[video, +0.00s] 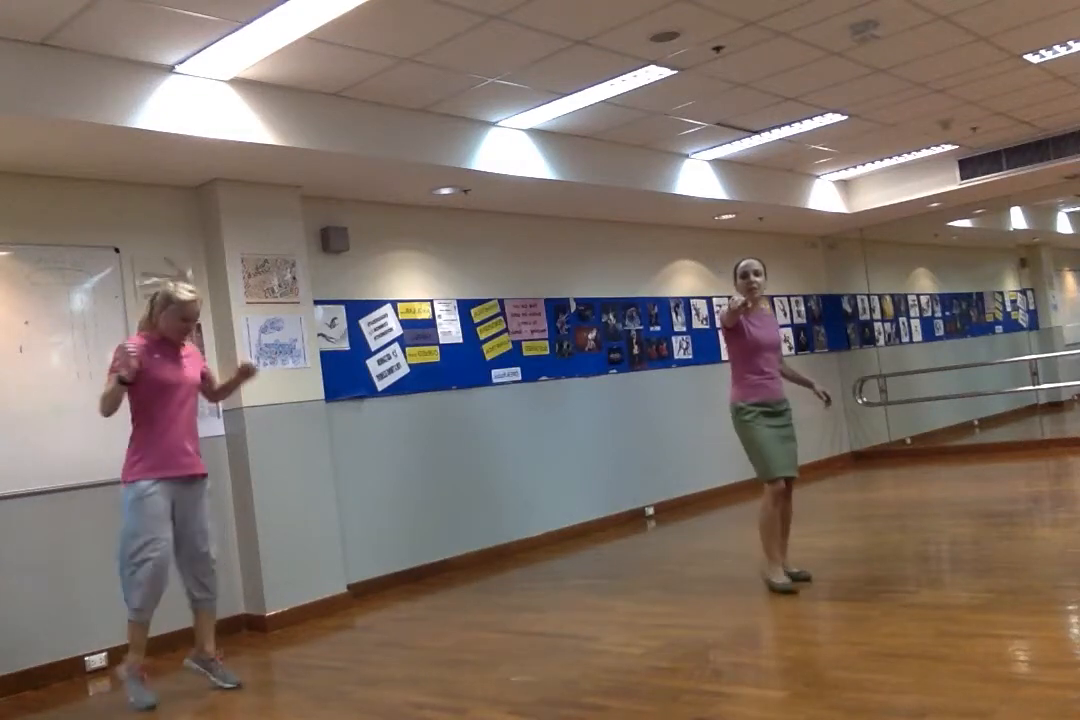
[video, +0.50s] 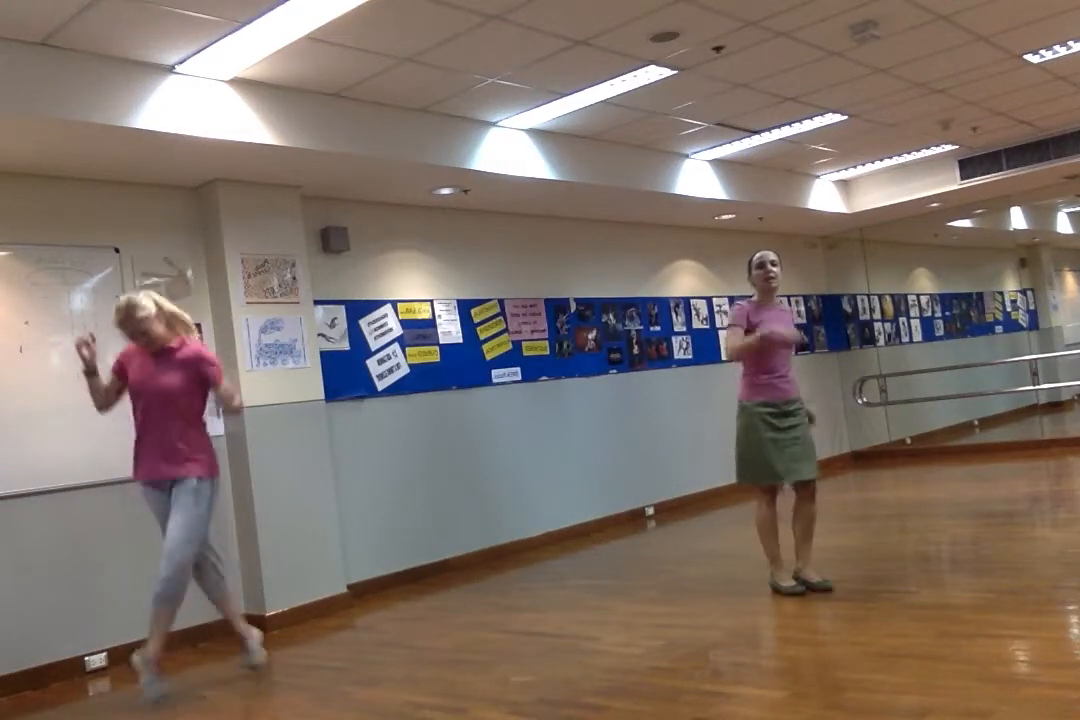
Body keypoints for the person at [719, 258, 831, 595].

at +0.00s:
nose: (751, 280)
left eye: (756, 274)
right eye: (744, 276)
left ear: (765, 280)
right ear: (736, 283)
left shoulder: (770, 315)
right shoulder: (732, 314)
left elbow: (779, 365)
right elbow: (727, 317)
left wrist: (812, 384)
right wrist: (738, 305)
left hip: (779, 405)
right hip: (749, 408)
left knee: (786, 485)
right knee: (775, 485)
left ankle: (783, 563)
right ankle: (772, 569)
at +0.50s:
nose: (768, 270)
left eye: (773, 264)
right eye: (760, 266)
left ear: (781, 273)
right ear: (751, 277)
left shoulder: (789, 315)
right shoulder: (743, 311)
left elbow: (787, 369)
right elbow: (731, 350)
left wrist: (802, 406)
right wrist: (761, 341)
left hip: (790, 406)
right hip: (757, 409)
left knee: (807, 485)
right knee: (767, 491)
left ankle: (803, 567)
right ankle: (776, 571)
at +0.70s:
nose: (777, 272)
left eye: (781, 266)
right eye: (769, 267)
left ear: (788, 273)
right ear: (758, 277)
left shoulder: (795, 313)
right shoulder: (746, 313)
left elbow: (794, 365)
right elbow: (733, 361)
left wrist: (825, 385)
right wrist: (761, 371)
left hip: (798, 407)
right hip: (765, 410)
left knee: (808, 492)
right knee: (785, 493)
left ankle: (804, 569)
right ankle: (779, 569)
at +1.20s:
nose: (766, 273)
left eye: (772, 267)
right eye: (759, 269)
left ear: (783, 273)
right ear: (751, 277)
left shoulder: (804, 311)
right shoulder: (742, 318)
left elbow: (820, 357)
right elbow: (746, 371)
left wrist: (820, 386)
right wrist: (739, 364)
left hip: (805, 412)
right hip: (764, 417)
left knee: (825, 499)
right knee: (790, 503)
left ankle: (824, 560)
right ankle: (817, 578)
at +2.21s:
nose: (675, 288)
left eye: (677, 282)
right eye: (676, 281)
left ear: (689, 283)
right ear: (707, 281)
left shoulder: (702, 318)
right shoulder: (721, 314)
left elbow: (712, 380)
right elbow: (746, 372)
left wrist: (677, 425)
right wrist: (709, 392)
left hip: (721, 424)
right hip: (737, 421)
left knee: (701, 516)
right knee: (724, 513)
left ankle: (779, 573)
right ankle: (745, 595)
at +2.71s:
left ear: (650, 294)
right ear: (680, 292)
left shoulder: (638, 333)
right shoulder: (702, 326)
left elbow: (630, 391)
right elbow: (717, 381)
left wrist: (626, 419)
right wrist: (712, 405)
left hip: (661, 429)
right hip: (702, 426)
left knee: (665, 520)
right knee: (703, 511)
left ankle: (672, 605)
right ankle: (722, 576)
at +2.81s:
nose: (680, 290)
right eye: (680, 285)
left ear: (649, 291)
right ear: (678, 288)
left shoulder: (633, 327)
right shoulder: (696, 322)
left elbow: (624, 385)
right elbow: (709, 372)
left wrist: (631, 387)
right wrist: (721, 410)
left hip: (656, 425)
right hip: (696, 422)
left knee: (664, 515)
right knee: (705, 499)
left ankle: (673, 598)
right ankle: (709, 567)